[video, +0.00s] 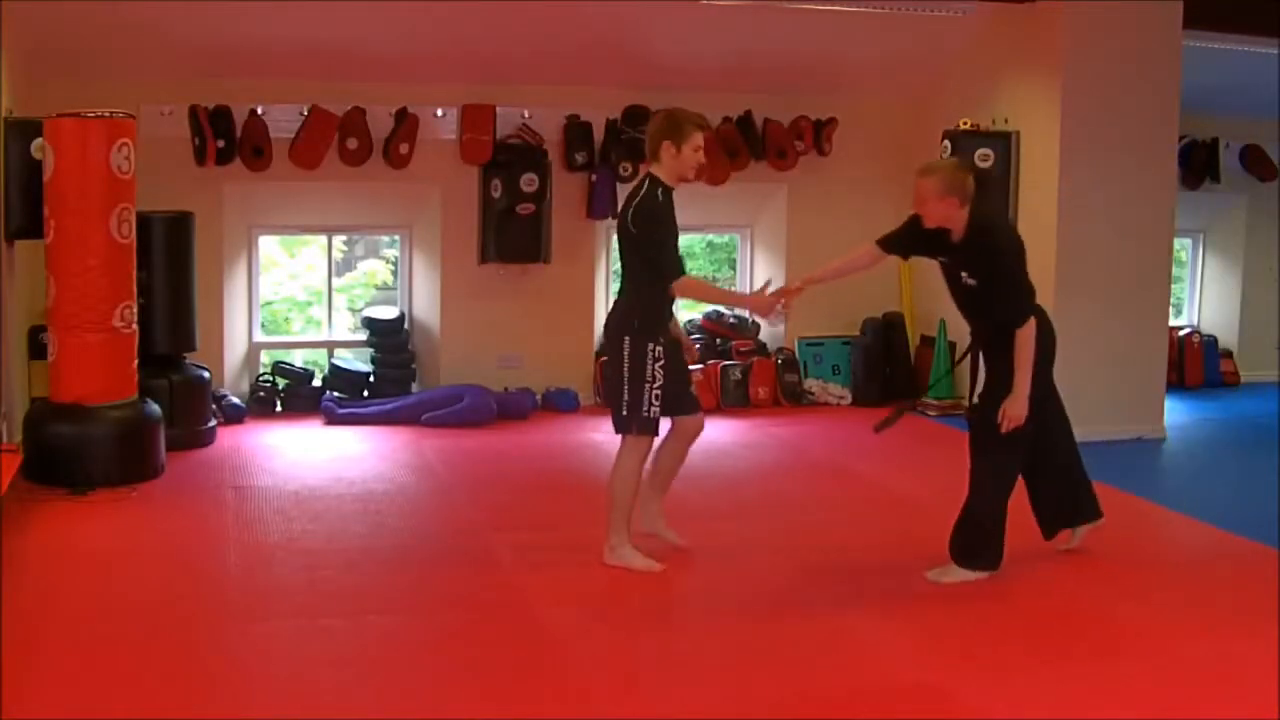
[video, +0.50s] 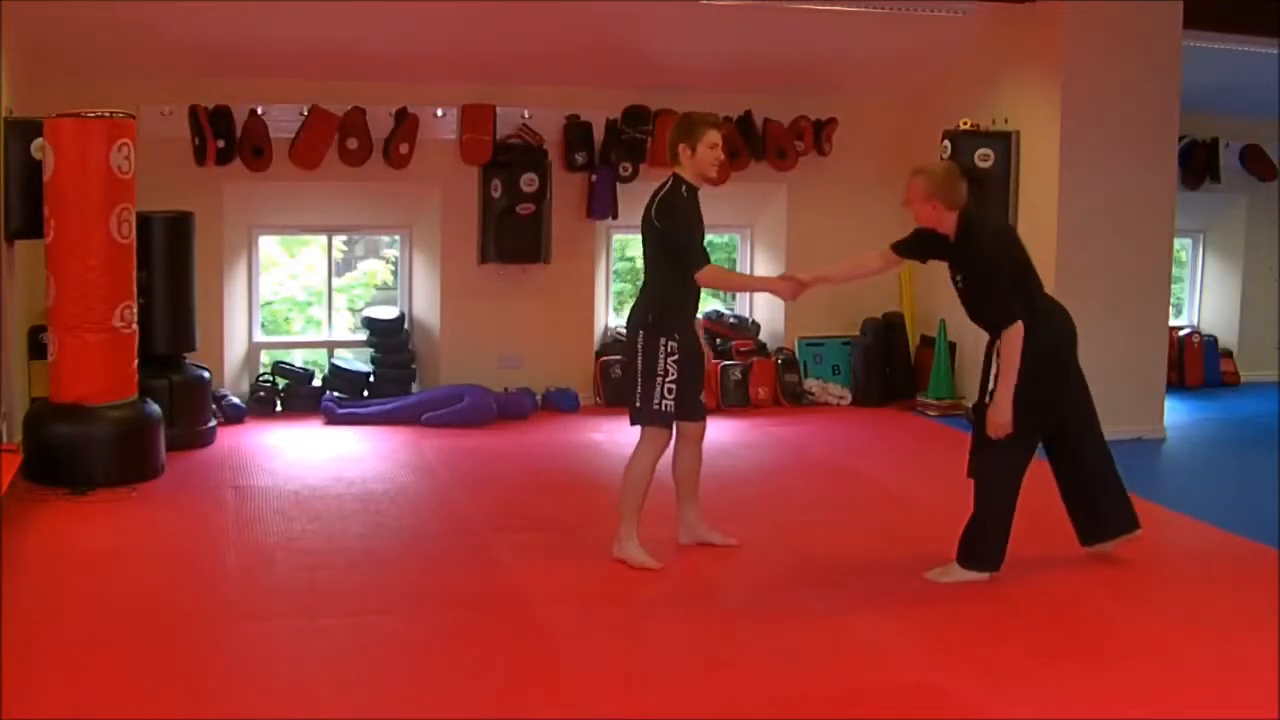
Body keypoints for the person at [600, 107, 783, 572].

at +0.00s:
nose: (702, 159)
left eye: (703, 150)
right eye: (696, 149)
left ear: (668, 151)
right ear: (668, 149)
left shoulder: (652, 195)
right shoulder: (651, 199)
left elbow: (649, 284)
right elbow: (679, 284)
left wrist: (675, 331)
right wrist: (748, 301)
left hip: (655, 329)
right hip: (635, 329)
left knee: (688, 422)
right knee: (639, 435)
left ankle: (648, 515)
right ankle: (617, 543)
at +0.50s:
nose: (720, 156)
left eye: (721, 148)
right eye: (712, 148)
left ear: (697, 154)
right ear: (685, 151)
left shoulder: (682, 196)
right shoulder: (675, 197)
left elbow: (674, 283)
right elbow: (703, 274)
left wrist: (695, 335)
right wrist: (770, 283)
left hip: (679, 327)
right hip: (657, 327)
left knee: (692, 428)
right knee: (656, 435)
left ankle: (691, 524)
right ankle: (625, 538)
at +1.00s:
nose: (707, 154)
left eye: (707, 146)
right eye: (699, 146)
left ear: (684, 152)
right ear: (672, 151)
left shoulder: (679, 201)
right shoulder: (654, 202)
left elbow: (669, 278)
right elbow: (628, 279)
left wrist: (679, 337)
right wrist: (628, 349)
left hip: (678, 332)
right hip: (652, 333)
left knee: (686, 429)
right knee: (642, 434)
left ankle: (690, 523)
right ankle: (602, 524)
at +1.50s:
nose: (687, 153)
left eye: (687, 145)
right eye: (679, 145)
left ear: (661, 152)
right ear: (652, 150)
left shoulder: (663, 201)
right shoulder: (632, 202)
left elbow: (642, 271)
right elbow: (595, 277)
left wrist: (603, 309)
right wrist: (601, 312)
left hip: (659, 329)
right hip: (628, 329)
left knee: (676, 420)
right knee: (618, 429)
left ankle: (656, 517)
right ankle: (599, 527)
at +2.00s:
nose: (706, 151)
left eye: (706, 144)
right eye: (698, 144)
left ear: (683, 151)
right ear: (670, 149)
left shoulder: (682, 199)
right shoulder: (653, 196)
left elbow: (667, 268)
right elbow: (623, 272)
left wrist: (628, 299)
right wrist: (623, 305)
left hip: (678, 326)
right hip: (654, 326)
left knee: (675, 426)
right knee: (659, 430)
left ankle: (657, 517)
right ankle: (607, 514)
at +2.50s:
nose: (738, 168)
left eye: (739, 160)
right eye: (732, 159)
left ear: (707, 161)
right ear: (703, 158)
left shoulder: (697, 206)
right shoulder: (672, 204)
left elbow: (666, 266)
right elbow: (625, 268)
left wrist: (631, 298)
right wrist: (626, 301)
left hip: (680, 333)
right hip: (656, 334)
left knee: (708, 417)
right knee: (666, 438)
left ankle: (685, 504)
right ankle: (629, 532)